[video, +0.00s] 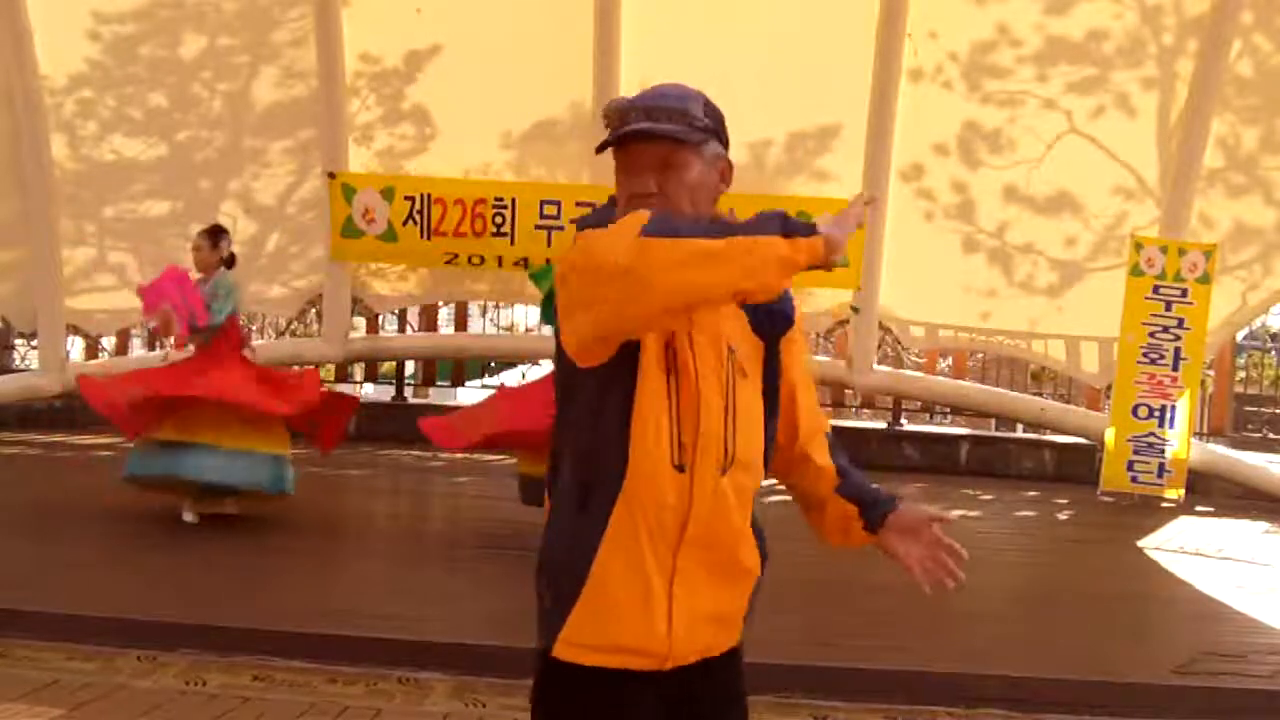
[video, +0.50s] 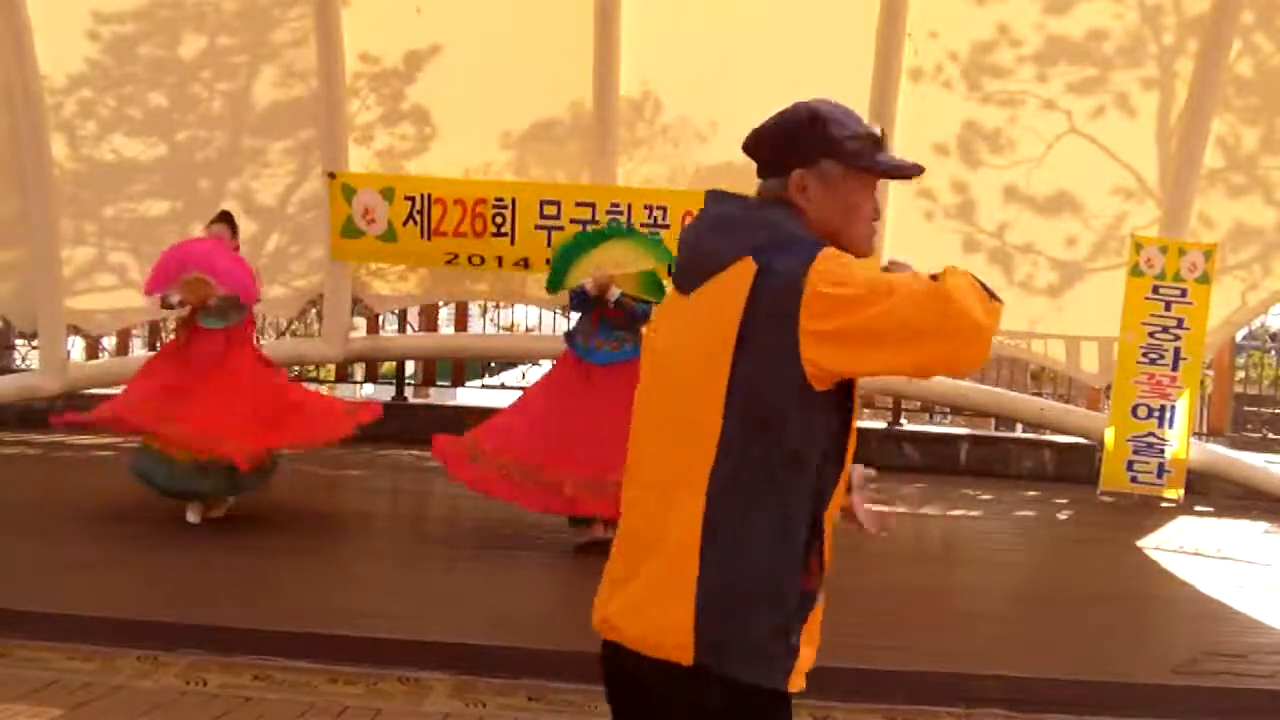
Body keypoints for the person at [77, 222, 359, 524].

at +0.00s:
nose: (194, 256)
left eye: (200, 249)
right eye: (194, 249)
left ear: (219, 253)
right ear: (204, 252)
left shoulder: (225, 285)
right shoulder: (199, 286)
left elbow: (216, 324)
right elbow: (180, 317)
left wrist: (186, 335)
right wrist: (164, 313)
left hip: (226, 361)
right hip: (203, 359)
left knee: (222, 421)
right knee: (203, 422)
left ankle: (194, 496)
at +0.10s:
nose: (197, 255)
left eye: (203, 248)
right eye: (196, 248)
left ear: (223, 251)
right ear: (205, 252)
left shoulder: (227, 284)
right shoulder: (205, 285)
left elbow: (220, 323)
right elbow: (191, 319)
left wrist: (186, 329)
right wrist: (174, 330)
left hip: (225, 362)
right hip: (207, 359)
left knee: (206, 424)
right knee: (218, 424)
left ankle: (197, 495)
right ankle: (226, 493)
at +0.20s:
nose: (202, 255)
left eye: (209, 248)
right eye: (199, 248)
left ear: (226, 251)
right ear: (196, 251)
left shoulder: (232, 285)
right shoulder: (190, 285)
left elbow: (241, 320)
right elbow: (177, 319)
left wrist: (211, 325)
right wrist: (182, 330)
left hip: (226, 362)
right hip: (193, 361)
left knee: (223, 426)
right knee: (196, 427)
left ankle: (219, 493)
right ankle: (194, 496)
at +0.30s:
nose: (203, 251)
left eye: (210, 245)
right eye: (200, 245)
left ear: (227, 247)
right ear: (199, 247)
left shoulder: (234, 279)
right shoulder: (192, 281)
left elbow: (246, 317)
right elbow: (173, 317)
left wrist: (208, 328)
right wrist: (179, 328)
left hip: (227, 361)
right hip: (196, 361)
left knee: (220, 427)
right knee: (201, 427)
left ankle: (208, 497)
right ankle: (204, 497)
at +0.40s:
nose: (208, 244)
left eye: (216, 239)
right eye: (206, 239)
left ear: (231, 243)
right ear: (202, 242)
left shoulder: (236, 278)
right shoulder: (193, 275)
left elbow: (234, 317)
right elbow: (166, 301)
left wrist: (199, 317)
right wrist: (181, 307)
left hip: (227, 358)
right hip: (194, 357)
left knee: (225, 422)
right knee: (194, 423)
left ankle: (221, 494)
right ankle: (195, 496)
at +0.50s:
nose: (216, 240)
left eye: (223, 235)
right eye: (212, 233)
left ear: (235, 243)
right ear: (205, 236)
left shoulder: (238, 277)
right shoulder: (196, 269)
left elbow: (238, 300)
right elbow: (170, 299)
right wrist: (184, 299)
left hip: (230, 355)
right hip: (194, 353)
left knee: (225, 421)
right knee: (191, 420)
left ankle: (220, 491)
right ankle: (194, 494)